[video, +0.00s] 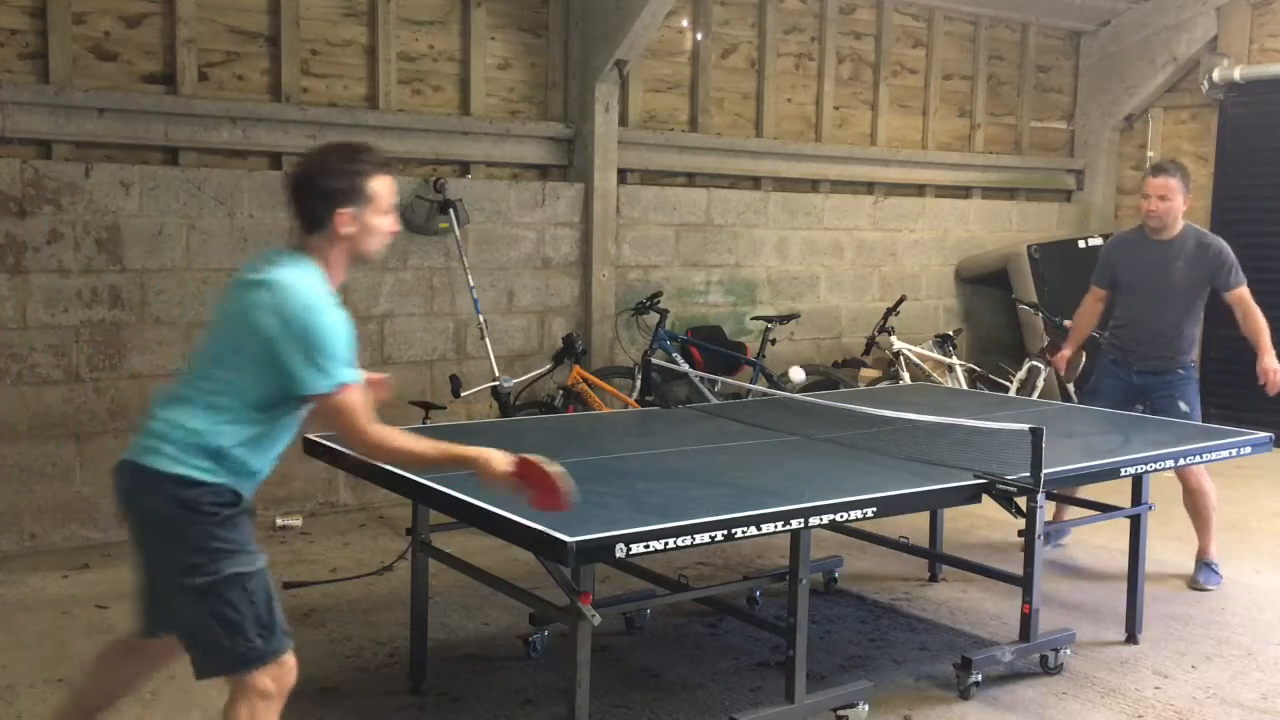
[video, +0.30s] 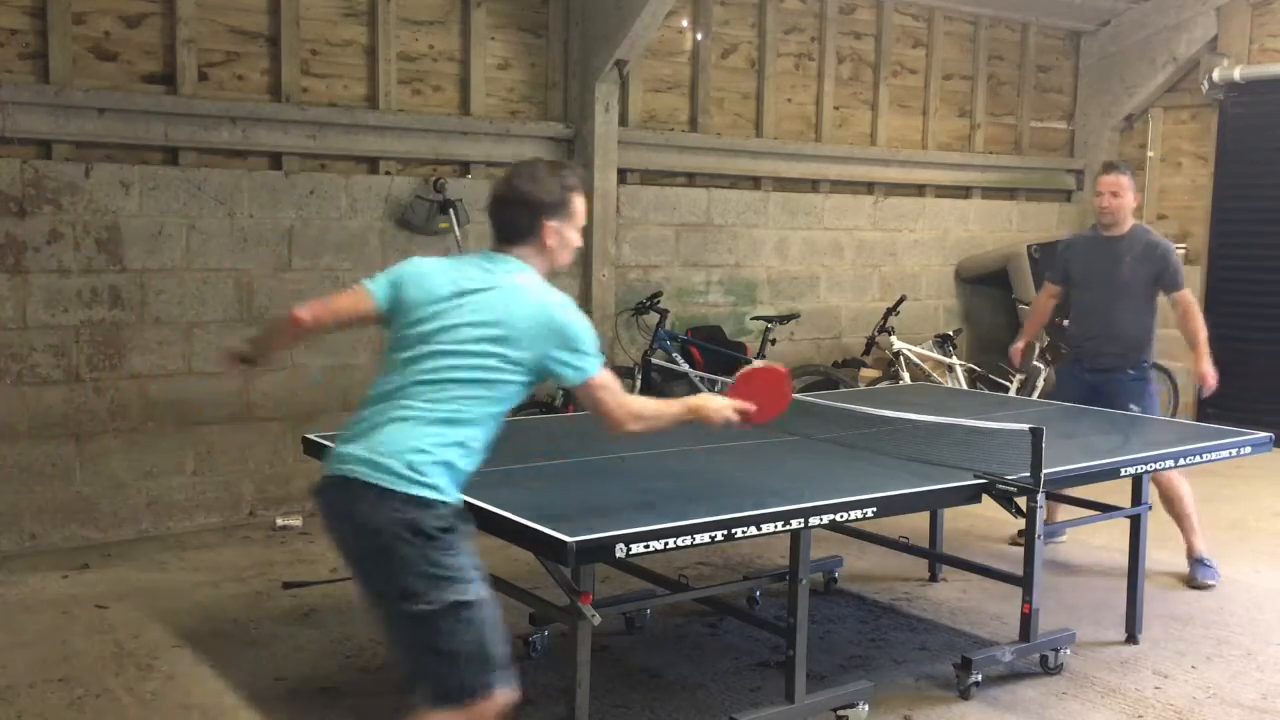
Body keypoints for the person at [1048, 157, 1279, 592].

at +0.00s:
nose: (1151, 205)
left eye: (1162, 198)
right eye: (1146, 196)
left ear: (1185, 202)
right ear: (1140, 198)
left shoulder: (1211, 251)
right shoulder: (1119, 247)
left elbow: (1243, 304)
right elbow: (1094, 300)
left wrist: (1266, 351)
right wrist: (1069, 347)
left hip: (1174, 376)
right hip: (1114, 369)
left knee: (1189, 468)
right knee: (1077, 445)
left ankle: (1207, 555)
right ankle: (1056, 522)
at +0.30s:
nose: (1105, 202)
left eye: (1115, 194)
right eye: (1099, 194)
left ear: (1134, 199)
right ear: (1092, 198)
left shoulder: (1156, 250)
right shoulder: (1071, 248)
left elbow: (1184, 305)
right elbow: (1048, 296)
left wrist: (1202, 358)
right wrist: (1024, 339)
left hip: (1130, 376)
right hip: (1074, 372)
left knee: (1157, 464)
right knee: (1057, 452)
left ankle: (1197, 552)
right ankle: (1051, 524)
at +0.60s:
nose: (1037, 215)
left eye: (1045, 206)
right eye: (1034, 207)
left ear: (1072, 206)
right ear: (1035, 210)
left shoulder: (1105, 257)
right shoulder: (1031, 259)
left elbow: (1136, 319)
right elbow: (1013, 313)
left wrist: (1119, 373)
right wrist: (959, 339)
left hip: (1090, 381)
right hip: (1039, 376)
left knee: (1109, 468)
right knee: (1004, 435)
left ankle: (1127, 548)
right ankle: (1013, 510)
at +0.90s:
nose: (910, 235)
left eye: (916, 226)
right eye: (909, 227)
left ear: (942, 225)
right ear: (925, 228)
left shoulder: (977, 262)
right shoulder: (923, 282)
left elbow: (1031, 287)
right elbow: (888, 335)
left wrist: (1040, 303)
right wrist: (834, 345)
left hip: (1007, 380)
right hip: (961, 383)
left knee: (1055, 459)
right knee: (913, 437)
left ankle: (1112, 544)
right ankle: (881, 512)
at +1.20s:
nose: (837, 251)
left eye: (841, 243)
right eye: (835, 244)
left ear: (867, 239)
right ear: (854, 243)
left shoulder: (909, 268)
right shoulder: (856, 298)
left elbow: (969, 290)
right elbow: (830, 345)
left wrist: (966, 317)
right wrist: (782, 362)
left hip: (962, 372)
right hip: (921, 382)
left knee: (991, 453)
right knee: (885, 436)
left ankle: (1053, 533)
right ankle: (881, 511)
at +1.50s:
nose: (867, 227)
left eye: (874, 218)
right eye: (864, 221)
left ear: (897, 219)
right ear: (865, 226)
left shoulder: (934, 253)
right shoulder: (872, 278)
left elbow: (991, 278)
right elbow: (847, 335)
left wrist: (1013, 308)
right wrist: (825, 347)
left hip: (965, 366)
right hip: (923, 373)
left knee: (979, 445)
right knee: (892, 436)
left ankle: (1051, 507)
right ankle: (880, 513)